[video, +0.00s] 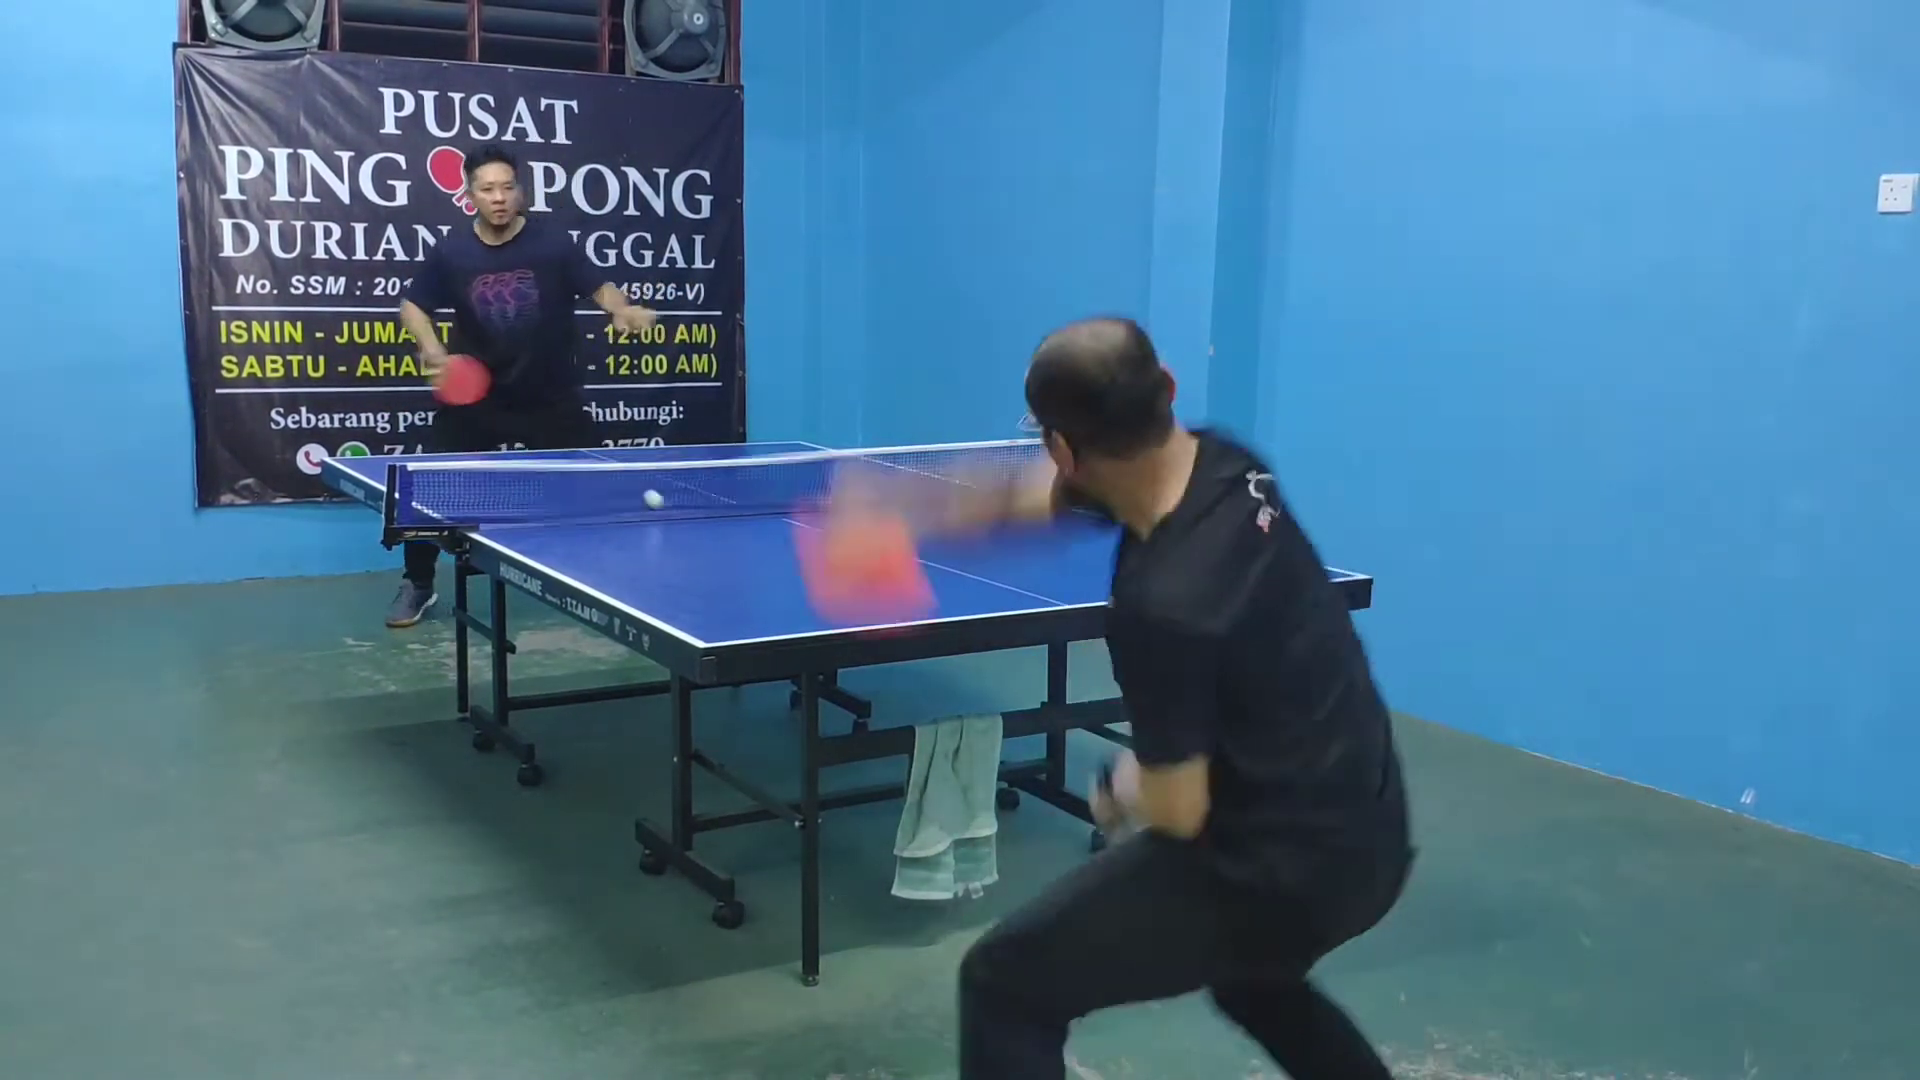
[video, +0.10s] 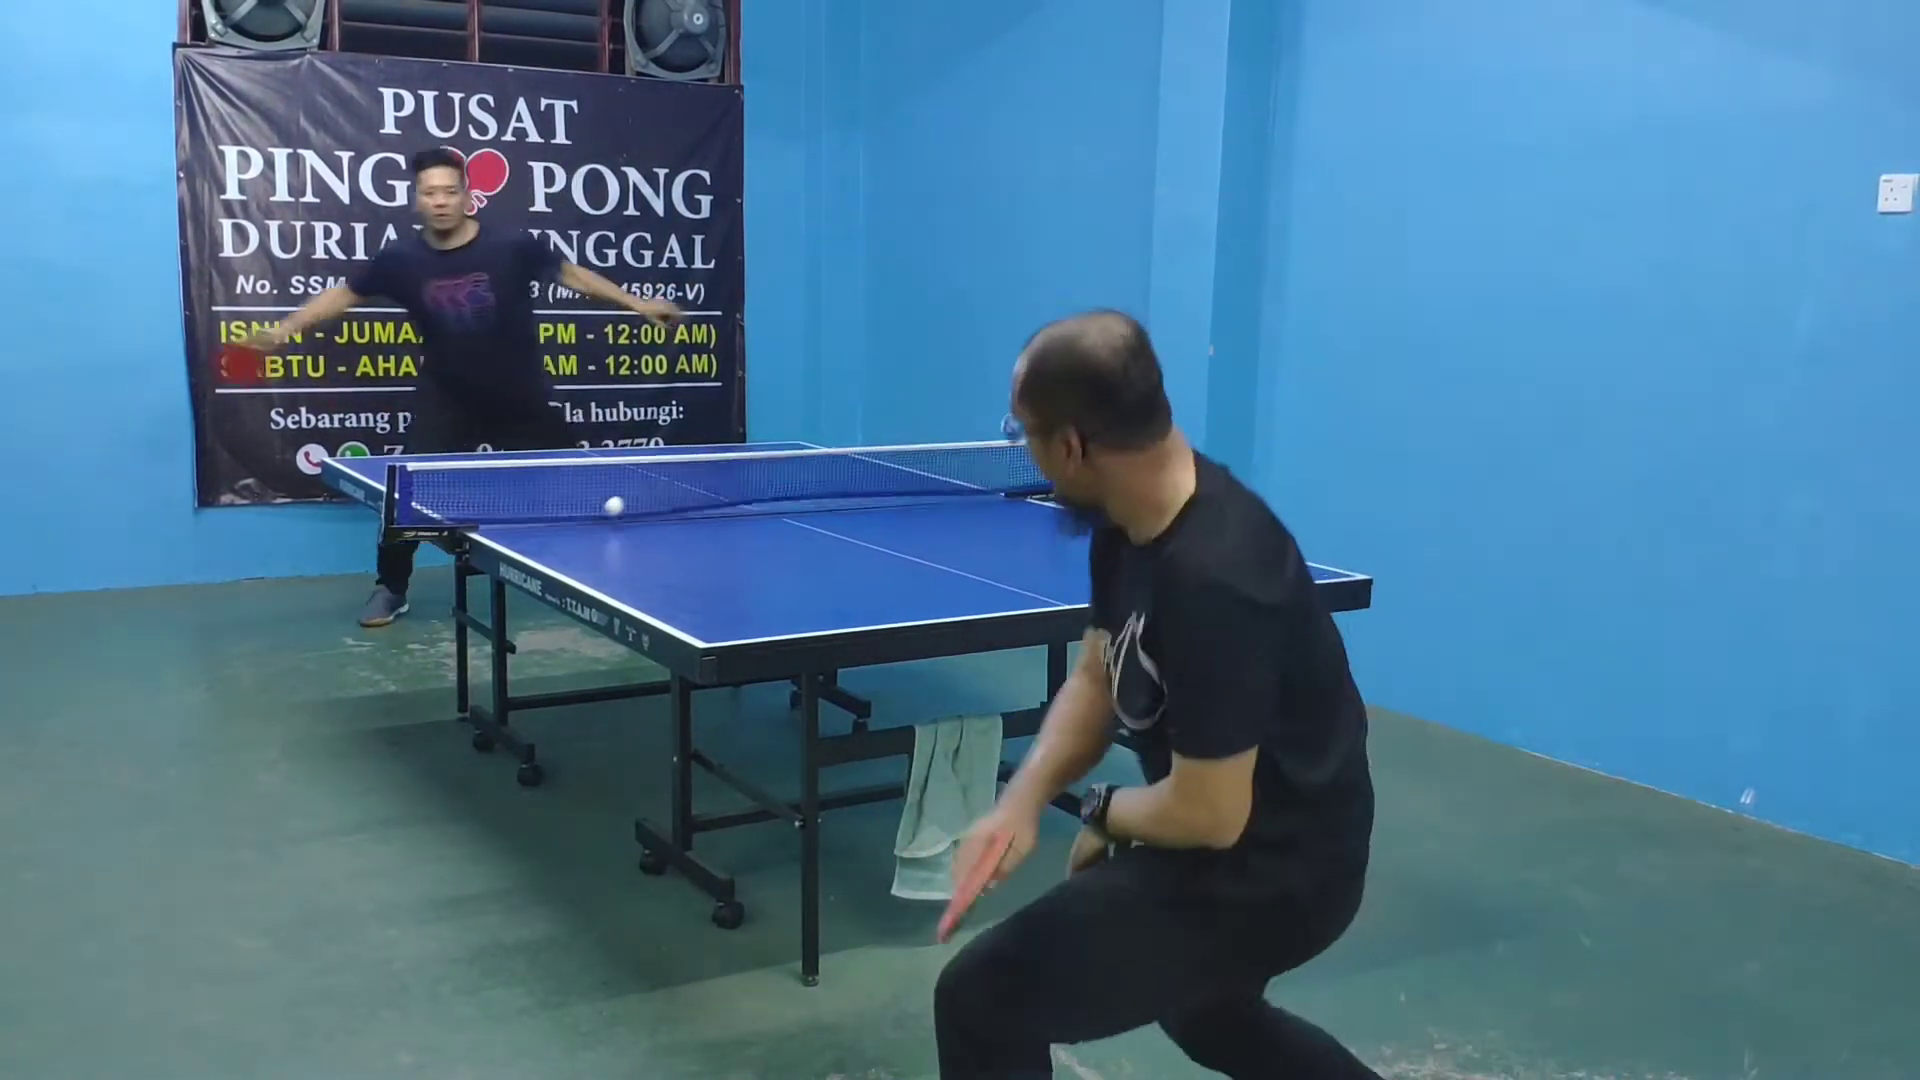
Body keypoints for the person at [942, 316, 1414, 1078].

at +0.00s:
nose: (1041, 448)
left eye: (1042, 434)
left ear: (1062, 451)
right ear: (1168, 390)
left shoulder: (1157, 602)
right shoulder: (1224, 459)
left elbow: (1178, 811)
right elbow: (1062, 495)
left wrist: (1127, 784)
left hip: (1271, 876)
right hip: (1367, 835)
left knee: (1004, 980)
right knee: (1252, 982)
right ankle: (1367, 1074)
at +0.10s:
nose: (1029, 450)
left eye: (1028, 433)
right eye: (1024, 432)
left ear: (1073, 446)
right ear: (1154, 404)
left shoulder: (1215, 581)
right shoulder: (1135, 517)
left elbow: (1210, 814)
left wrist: (1103, 810)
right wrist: (1020, 801)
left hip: (1276, 880)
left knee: (982, 999)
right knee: (1213, 1020)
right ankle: (1362, 1076)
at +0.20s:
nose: (1044, 366)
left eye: (1042, 346)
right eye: (1040, 346)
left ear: (1084, 358)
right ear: (1169, 329)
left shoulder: (1205, 508)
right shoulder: (1170, 447)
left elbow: (1226, 750)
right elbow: (1143, 626)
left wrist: (1115, 775)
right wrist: (1049, 727)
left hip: (1261, 838)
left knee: (993, 1016)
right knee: (1260, 999)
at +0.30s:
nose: (1057, 262)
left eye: (1055, 237)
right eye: (1053, 237)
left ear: (1094, 245)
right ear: (1185, 229)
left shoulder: (1177, 404)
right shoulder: (1237, 347)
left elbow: (1246, 638)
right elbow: (1201, 532)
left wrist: (1121, 730)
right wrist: (1090, 626)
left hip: (1267, 767)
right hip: (1339, 736)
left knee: (1067, 1011)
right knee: (1272, 975)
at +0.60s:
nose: (1080, 232)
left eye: (1080, 206)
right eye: (1078, 207)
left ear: (1116, 223)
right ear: (1219, 211)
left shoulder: (1180, 402)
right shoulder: (1299, 348)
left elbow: (1249, 652)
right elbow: (1332, 584)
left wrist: (1100, 821)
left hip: (1255, 814)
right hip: (1364, 773)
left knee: (1078, 1066)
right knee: (1364, 1058)